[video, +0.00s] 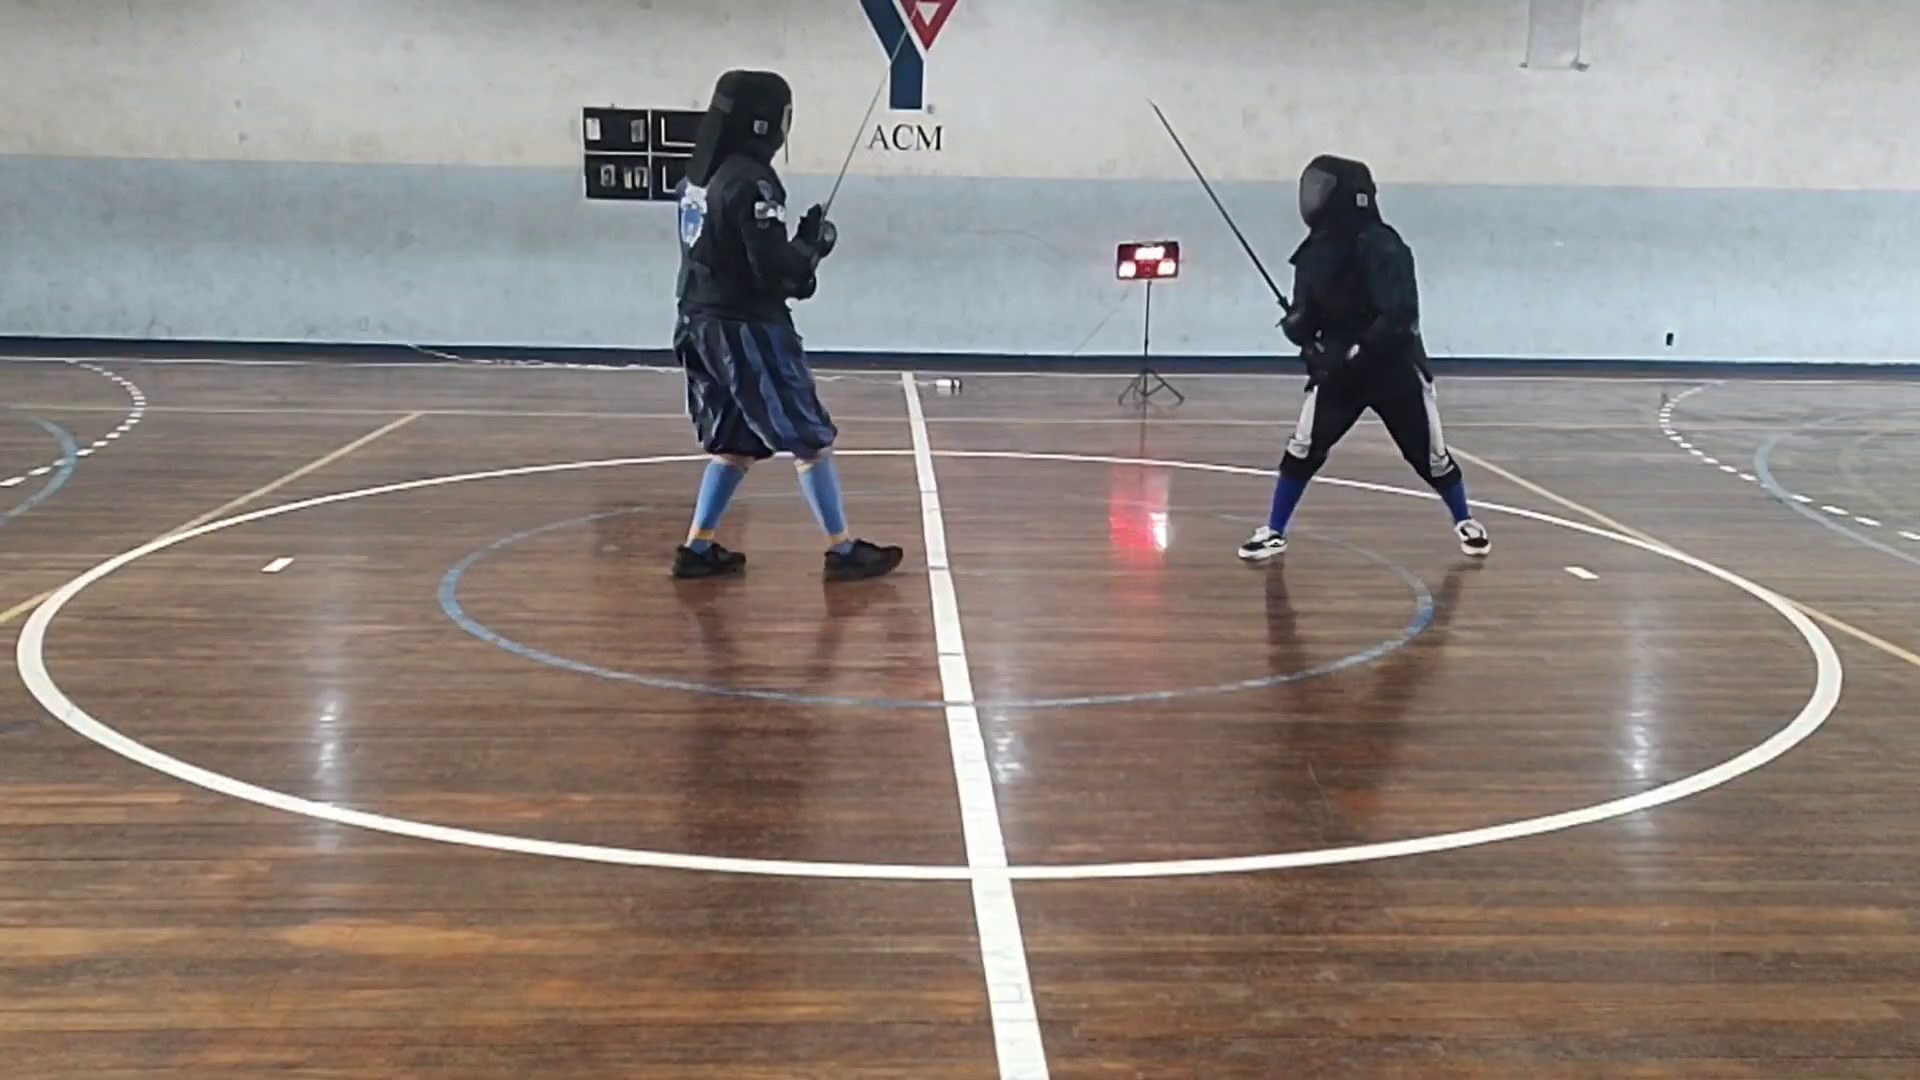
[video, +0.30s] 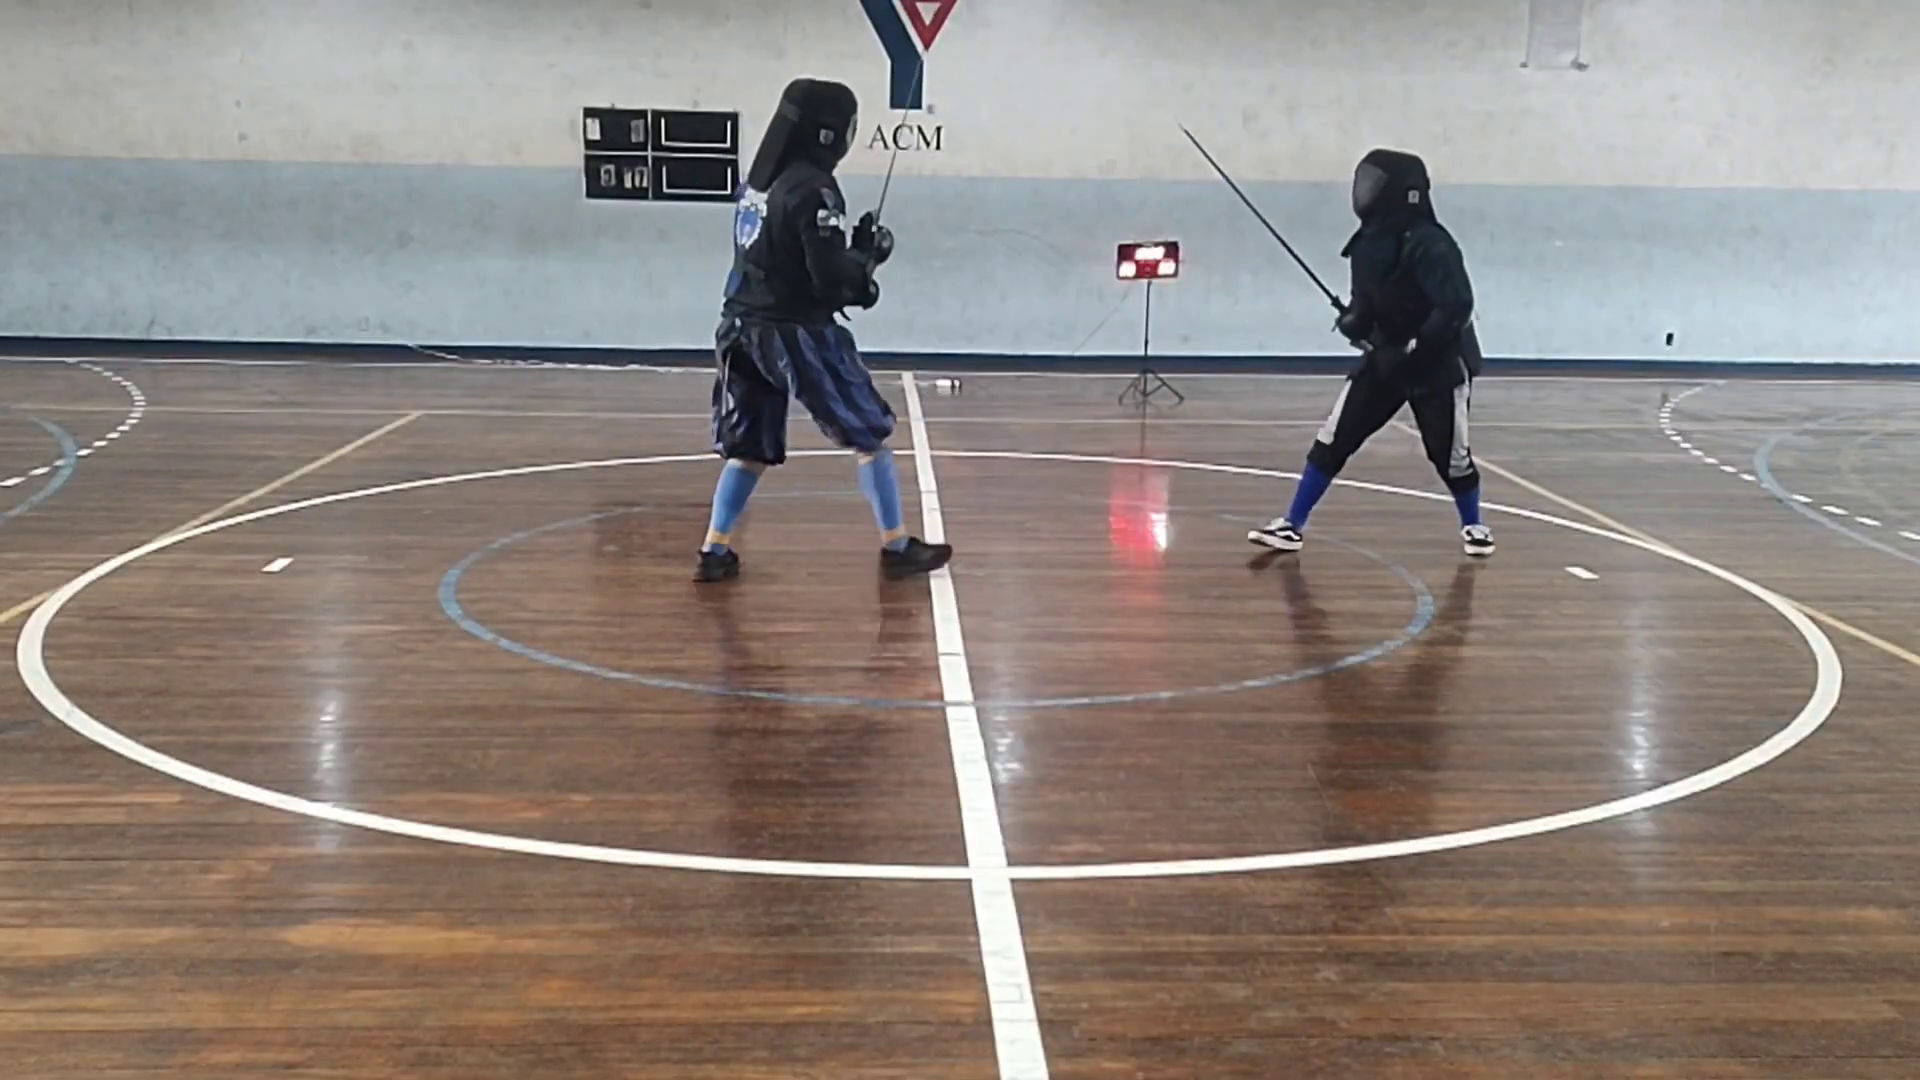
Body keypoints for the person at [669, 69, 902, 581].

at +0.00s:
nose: (784, 132)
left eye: (785, 121)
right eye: (782, 121)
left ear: (727, 119)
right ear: (765, 125)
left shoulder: (699, 173)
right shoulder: (753, 182)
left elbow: (726, 259)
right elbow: (782, 269)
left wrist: (796, 242)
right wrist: (813, 246)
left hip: (702, 324)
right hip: (750, 327)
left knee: (740, 439)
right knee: (809, 434)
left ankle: (698, 546)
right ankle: (844, 546)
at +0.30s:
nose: (850, 140)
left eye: (849, 129)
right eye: (848, 129)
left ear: (793, 125)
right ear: (830, 133)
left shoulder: (758, 177)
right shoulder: (815, 190)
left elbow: (773, 261)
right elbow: (832, 274)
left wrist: (851, 274)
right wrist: (866, 258)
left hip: (742, 327)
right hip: (800, 332)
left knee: (752, 444)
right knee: (870, 432)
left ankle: (715, 549)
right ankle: (897, 543)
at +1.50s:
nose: (1043, 149)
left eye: (1047, 139)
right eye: (1041, 140)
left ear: (988, 127)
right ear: (1025, 147)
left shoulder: (945, 159)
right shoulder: (1025, 198)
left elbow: (993, 132)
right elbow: (1084, 200)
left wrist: (1056, 138)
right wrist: (1110, 149)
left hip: (921, 329)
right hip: (988, 338)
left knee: (874, 434)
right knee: (1032, 441)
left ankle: (819, 546)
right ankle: (1010, 553)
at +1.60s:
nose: (1039, 152)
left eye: (1038, 144)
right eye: (1039, 144)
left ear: (984, 127)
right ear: (1029, 147)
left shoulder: (939, 162)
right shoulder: (1027, 197)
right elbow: (1067, 255)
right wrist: (1074, 204)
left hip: (919, 331)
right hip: (985, 337)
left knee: (873, 433)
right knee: (1031, 440)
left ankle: (819, 546)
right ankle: (1011, 551)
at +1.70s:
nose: (1032, 158)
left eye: (1033, 148)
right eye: (1032, 149)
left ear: (976, 129)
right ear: (1024, 151)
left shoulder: (924, 172)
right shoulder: (1025, 209)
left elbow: (897, 244)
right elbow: (1034, 294)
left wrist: (947, 245)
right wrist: (1029, 239)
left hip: (916, 333)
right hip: (986, 339)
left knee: (873, 435)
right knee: (1031, 440)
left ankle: (819, 546)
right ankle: (1011, 552)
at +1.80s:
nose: (1024, 156)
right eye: (1024, 147)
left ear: (963, 133)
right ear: (1015, 151)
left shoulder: (910, 186)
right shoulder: (1022, 219)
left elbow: (885, 261)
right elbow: (1014, 306)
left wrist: (905, 306)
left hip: (909, 337)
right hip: (981, 344)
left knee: (861, 434)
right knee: (1030, 440)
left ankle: (818, 546)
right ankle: (1011, 552)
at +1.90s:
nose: (997, 155)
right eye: (995, 145)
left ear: (938, 138)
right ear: (992, 151)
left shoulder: (890, 194)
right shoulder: (1004, 218)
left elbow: (867, 272)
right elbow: (1004, 307)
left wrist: (880, 321)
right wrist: (954, 313)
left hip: (896, 339)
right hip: (968, 345)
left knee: (850, 430)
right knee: (1022, 438)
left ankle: (804, 537)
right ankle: (1011, 551)